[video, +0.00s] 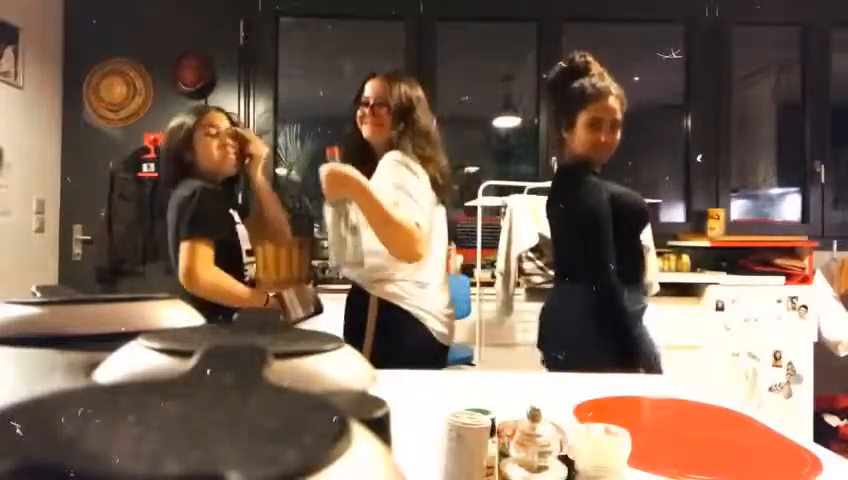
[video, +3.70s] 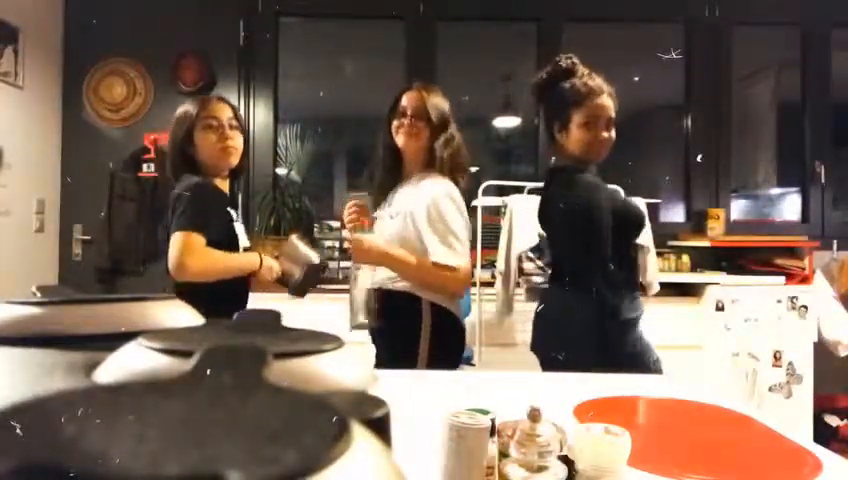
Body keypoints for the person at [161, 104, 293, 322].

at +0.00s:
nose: (228, 142)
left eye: (230, 134)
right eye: (212, 135)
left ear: (237, 142)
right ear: (187, 150)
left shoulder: (217, 194)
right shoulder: (200, 195)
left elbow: (280, 238)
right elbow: (195, 274)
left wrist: (257, 176)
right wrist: (263, 300)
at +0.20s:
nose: (219, 154)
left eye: (224, 147)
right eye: (206, 146)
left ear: (231, 160)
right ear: (179, 165)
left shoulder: (213, 209)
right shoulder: (189, 209)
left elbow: (271, 248)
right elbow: (174, 284)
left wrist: (248, 190)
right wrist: (239, 305)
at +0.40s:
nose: (212, 144)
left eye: (218, 138)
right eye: (197, 136)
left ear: (225, 153)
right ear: (172, 156)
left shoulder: (213, 202)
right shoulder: (176, 200)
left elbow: (256, 262)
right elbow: (150, 275)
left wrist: (252, 205)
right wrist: (230, 295)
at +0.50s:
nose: (213, 150)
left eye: (218, 144)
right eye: (197, 143)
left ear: (225, 158)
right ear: (173, 163)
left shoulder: (205, 213)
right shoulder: (177, 208)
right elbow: (148, 282)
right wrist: (231, 296)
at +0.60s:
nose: (215, 145)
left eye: (220, 139)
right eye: (200, 137)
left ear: (227, 153)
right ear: (176, 158)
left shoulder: (208, 209)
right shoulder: (181, 204)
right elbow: (154, 279)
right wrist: (237, 288)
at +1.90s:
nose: (218, 142)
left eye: (223, 133)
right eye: (202, 134)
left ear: (233, 143)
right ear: (178, 150)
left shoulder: (215, 203)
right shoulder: (184, 197)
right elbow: (173, 271)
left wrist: (267, 290)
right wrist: (247, 284)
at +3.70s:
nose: (226, 134)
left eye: (233, 126)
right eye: (211, 127)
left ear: (243, 137)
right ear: (188, 143)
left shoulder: (225, 196)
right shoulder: (197, 192)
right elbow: (184, 264)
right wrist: (256, 262)